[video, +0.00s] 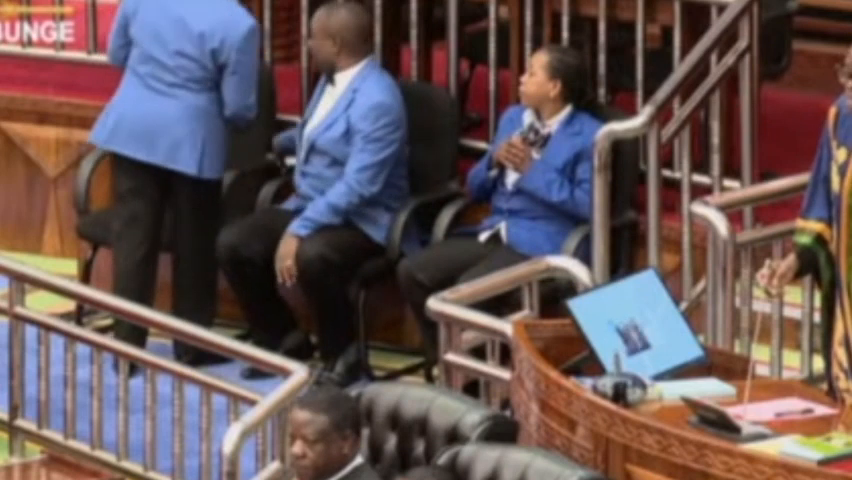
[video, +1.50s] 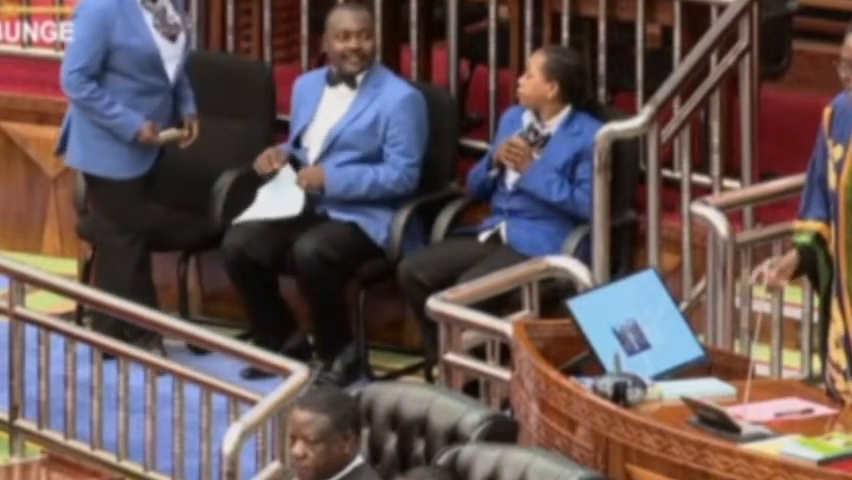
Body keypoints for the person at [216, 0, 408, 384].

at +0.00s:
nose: (309, 47)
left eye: (313, 39)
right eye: (310, 39)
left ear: (336, 43)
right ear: (342, 43)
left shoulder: (377, 97)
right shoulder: (330, 83)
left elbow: (361, 184)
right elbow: (320, 137)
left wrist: (298, 231)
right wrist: (281, 144)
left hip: (365, 219)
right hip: (312, 205)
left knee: (315, 258)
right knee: (235, 244)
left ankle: (342, 358)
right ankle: (282, 341)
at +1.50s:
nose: (354, 46)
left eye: (363, 36)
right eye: (343, 37)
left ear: (375, 41)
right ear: (325, 43)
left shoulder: (400, 98)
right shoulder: (307, 86)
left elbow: (403, 177)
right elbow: (302, 147)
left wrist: (329, 179)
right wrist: (279, 156)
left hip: (365, 216)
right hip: (304, 208)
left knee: (311, 253)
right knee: (240, 247)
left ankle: (336, 354)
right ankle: (281, 342)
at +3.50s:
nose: (374, 50)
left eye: (380, 41)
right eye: (363, 41)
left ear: (390, 45)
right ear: (340, 48)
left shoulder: (411, 103)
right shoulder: (308, 89)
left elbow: (410, 181)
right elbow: (286, 148)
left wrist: (340, 181)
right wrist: (297, 170)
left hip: (366, 219)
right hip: (302, 211)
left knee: (317, 257)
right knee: (235, 248)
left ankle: (340, 357)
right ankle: (282, 344)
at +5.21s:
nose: (331, 47)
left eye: (337, 36)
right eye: (319, 39)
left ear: (347, 36)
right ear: (297, 43)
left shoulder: (377, 89)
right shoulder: (262, 78)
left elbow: (399, 152)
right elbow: (232, 136)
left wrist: (390, 167)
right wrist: (252, 146)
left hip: (347, 204)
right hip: (282, 200)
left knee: (325, 264)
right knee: (238, 266)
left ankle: (337, 364)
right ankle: (281, 351)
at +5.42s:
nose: (354, 9)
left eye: (359, 3)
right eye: (344, 3)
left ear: (366, 4)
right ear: (317, 5)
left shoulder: (392, 48)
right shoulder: (278, 37)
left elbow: (406, 126)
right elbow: (245, 104)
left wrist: (418, 120)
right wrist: (277, 104)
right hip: (288, 179)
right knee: (253, 264)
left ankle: (340, 365)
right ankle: (282, 350)